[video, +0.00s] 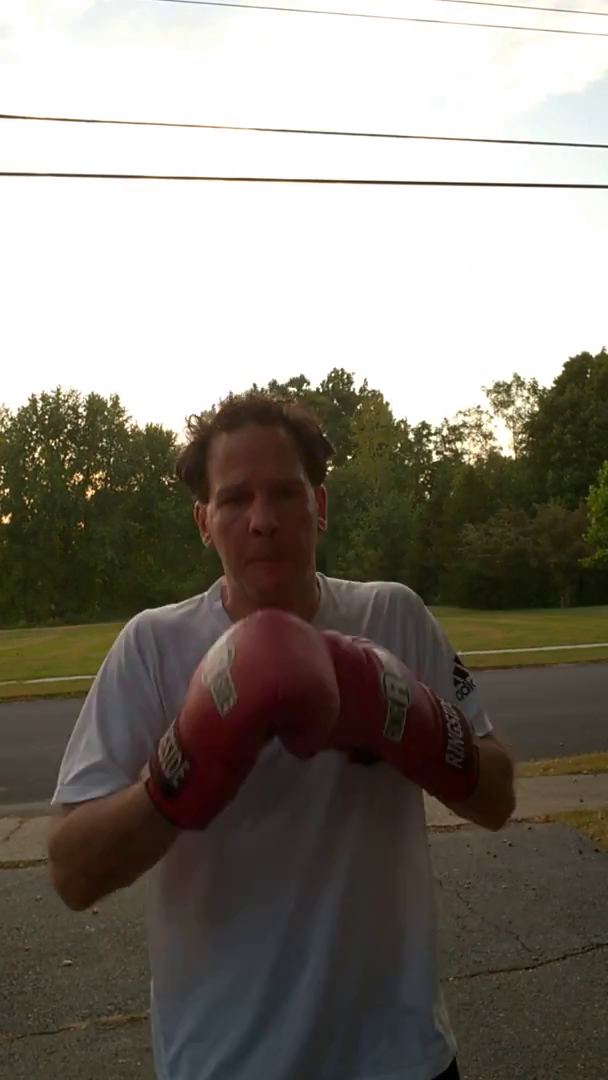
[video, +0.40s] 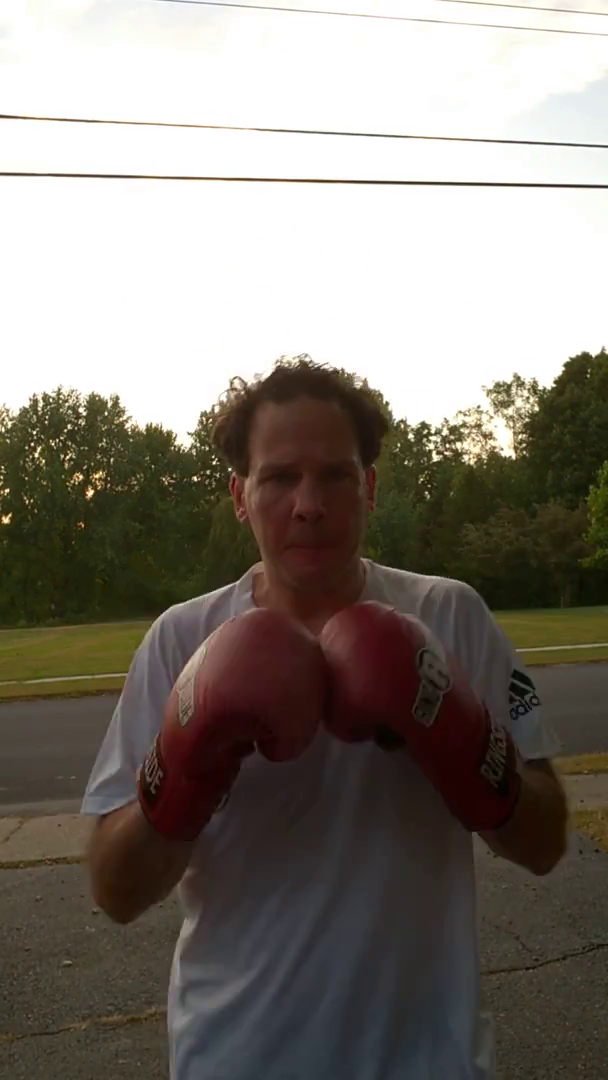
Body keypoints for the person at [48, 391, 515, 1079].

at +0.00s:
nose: (263, 520)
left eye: (284, 494)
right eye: (238, 498)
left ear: (320, 508)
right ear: (205, 522)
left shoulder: (393, 617)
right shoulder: (152, 646)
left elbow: (495, 801)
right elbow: (76, 876)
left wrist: (394, 719)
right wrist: (196, 761)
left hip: (390, 1042)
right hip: (218, 1053)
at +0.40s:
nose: (310, 503)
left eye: (334, 475)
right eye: (282, 477)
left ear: (368, 488)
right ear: (241, 498)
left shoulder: (451, 618)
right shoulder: (182, 640)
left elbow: (542, 845)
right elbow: (117, 895)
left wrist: (437, 721)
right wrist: (191, 764)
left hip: (422, 1046)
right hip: (236, 1051)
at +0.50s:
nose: (348, 485)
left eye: (376, 457)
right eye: (321, 457)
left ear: (412, 475)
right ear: (281, 477)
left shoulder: (475, 608)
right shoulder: (221, 624)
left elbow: (594, 838)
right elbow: (135, 868)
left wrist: (520, 680)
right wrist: (167, 746)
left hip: (439, 1044)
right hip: (253, 1044)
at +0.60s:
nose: (366, 489)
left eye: (394, 460)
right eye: (341, 459)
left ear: (432, 476)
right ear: (300, 475)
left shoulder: (493, 631)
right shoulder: (234, 625)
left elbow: (602, 811)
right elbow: (99, 843)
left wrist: (563, 639)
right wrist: (139, 649)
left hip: (448, 1043)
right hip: (261, 1045)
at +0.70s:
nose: (329, 519)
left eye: (356, 488)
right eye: (303, 491)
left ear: (400, 493)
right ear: (272, 503)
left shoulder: (471, 621)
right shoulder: (243, 607)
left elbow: (597, 832)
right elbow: (130, 711)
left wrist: (525, 668)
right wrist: (129, 519)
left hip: (446, 1040)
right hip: (274, 1042)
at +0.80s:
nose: (269, 531)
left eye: (292, 505)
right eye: (245, 510)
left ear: (351, 509)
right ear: (214, 521)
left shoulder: (460, 629)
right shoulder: (235, 638)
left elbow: (568, 879)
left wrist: (475, 703)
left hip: (429, 1050)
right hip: (269, 1025)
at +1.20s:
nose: (309, 601)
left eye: (318, 568)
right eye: (282, 582)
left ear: (359, 554)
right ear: (248, 600)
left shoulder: (454, 642)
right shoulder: (252, 678)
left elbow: (596, 832)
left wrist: (485, 757)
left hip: (487, 1034)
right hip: (339, 1029)